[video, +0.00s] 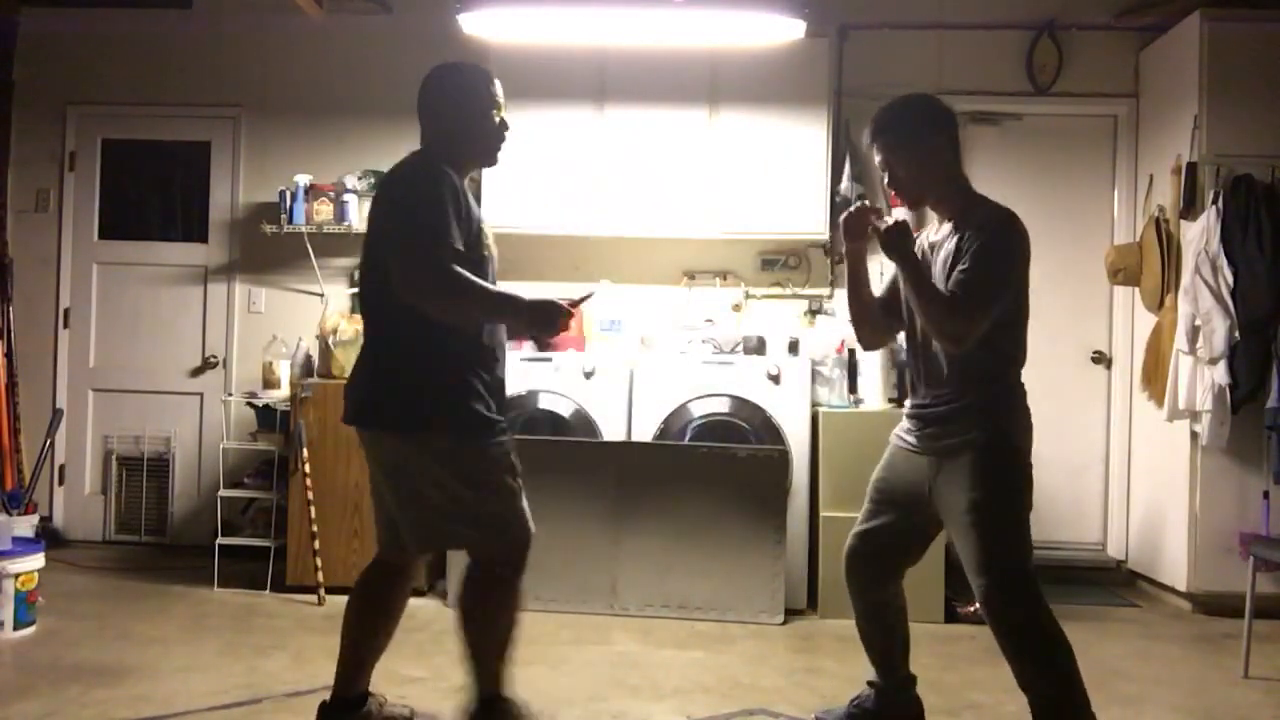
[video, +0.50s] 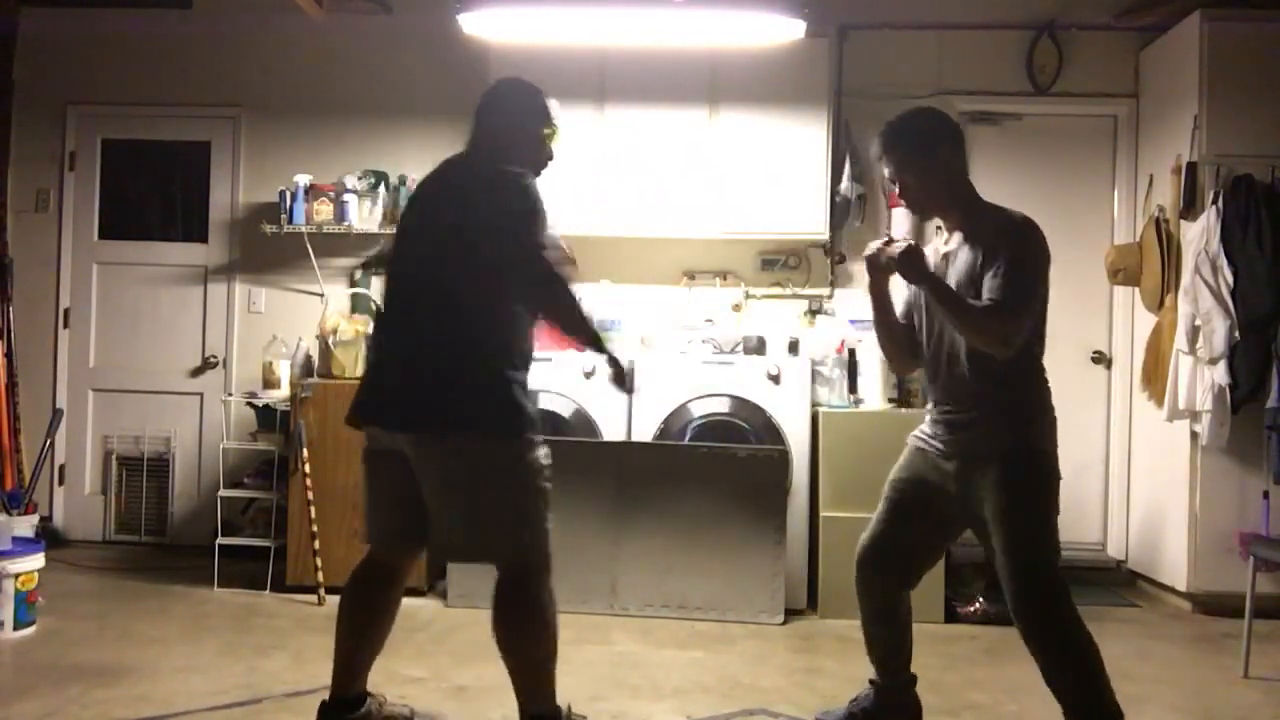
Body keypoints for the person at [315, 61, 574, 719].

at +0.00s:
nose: (505, 126)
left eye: (502, 111)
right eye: (493, 110)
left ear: (446, 117)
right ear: (450, 115)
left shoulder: (434, 185)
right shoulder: (428, 180)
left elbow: (432, 291)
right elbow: (421, 279)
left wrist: (517, 320)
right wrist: (521, 312)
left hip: (396, 405)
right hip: (439, 407)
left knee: (398, 556)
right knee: (505, 543)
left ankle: (347, 701)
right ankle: (491, 702)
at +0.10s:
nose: (503, 136)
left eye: (503, 123)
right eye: (494, 121)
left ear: (439, 124)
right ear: (449, 121)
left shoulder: (419, 188)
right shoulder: (424, 184)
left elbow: (425, 295)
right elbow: (419, 282)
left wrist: (514, 328)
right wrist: (518, 328)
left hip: (392, 408)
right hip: (430, 410)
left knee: (402, 557)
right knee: (496, 550)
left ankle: (346, 702)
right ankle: (461, 706)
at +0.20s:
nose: (505, 145)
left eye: (506, 132)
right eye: (497, 128)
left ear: (445, 124)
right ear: (454, 121)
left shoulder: (429, 186)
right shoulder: (429, 179)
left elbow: (462, 313)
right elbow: (426, 287)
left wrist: (531, 290)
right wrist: (501, 368)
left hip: (381, 405)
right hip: (428, 405)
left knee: (390, 554)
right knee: (514, 536)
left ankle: (345, 700)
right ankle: (473, 698)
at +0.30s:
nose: (517, 150)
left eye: (517, 135)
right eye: (510, 132)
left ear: (454, 123)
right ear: (475, 124)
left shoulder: (409, 179)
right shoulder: (452, 178)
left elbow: (481, 291)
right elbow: (438, 281)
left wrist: (542, 240)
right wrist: (499, 376)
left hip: (375, 404)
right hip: (441, 405)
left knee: (382, 552)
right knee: (513, 541)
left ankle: (344, 699)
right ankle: (509, 702)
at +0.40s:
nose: (531, 147)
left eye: (531, 134)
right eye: (524, 133)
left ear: (465, 127)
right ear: (496, 130)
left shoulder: (414, 183)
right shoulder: (482, 185)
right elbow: (481, 286)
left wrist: (531, 243)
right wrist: (528, 364)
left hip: (378, 401)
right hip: (458, 406)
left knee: (381, 556)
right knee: (510, 563)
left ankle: (344, 699)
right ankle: (535, 709)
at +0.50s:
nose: (552, 148)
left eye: (552, 134)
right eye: (546, 133)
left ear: (486, 126)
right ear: (521, 130)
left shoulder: (433, 185)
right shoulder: (512, 191)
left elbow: (421, 287)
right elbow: (538, 281)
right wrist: (601, 346)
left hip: (393, 404)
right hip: (479, 409)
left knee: (389, 554)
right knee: (524, 562)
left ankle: (345, 700)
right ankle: (540, 710)